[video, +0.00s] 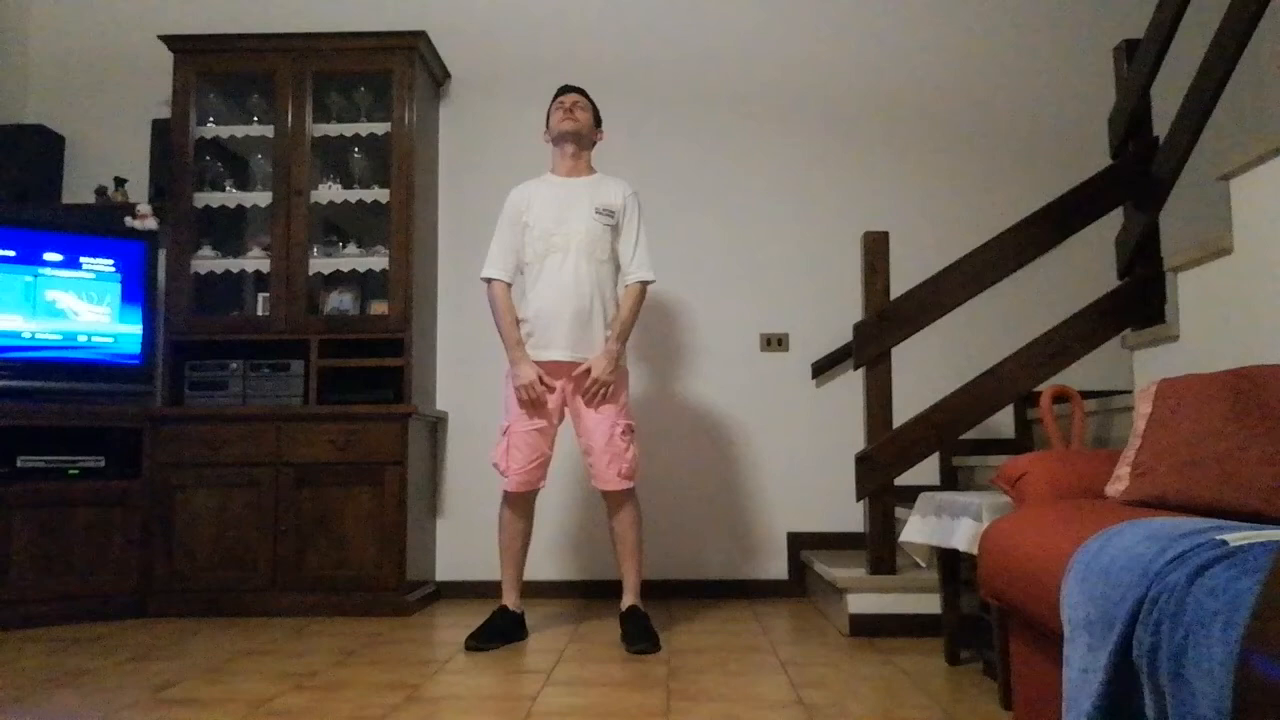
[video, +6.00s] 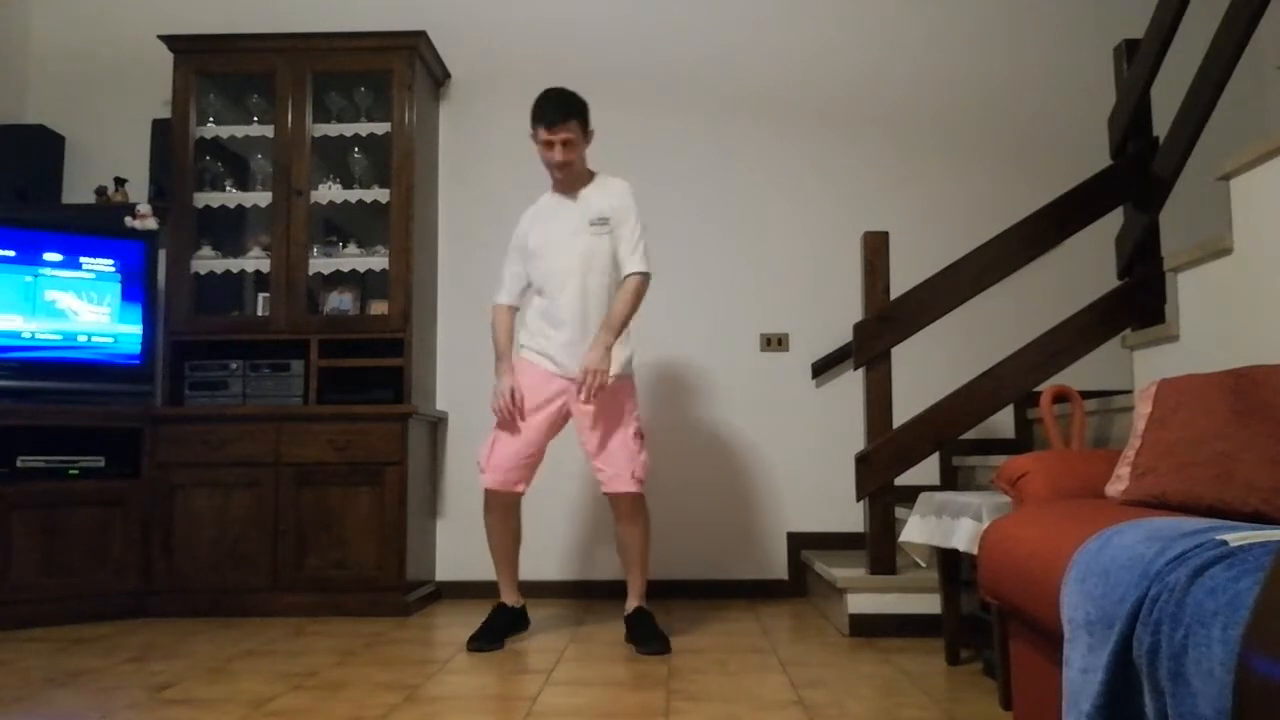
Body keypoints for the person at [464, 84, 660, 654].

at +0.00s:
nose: (567, 109)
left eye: (578, 106)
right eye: (559, 106)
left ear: (597, 132)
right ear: (546, 131)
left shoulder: (618, 194)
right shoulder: (522, 197)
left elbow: (637, 280)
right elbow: (497, 280)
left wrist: (613, 347)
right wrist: (517, 357)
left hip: (600, 365)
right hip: (533, 366)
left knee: (618, 484)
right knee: (517, 487)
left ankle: (632, 605)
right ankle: (509, 609)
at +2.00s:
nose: (558, 126)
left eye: (569, 118)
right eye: (549, 120)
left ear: (591, 131)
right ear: (541, 134)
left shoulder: (612, 190)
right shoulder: (527, 210)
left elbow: (638, 268)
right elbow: (500, 289)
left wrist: (595, 324)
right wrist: (507, 354)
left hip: (596, 365)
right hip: (530, 367)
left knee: (615, 486)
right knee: (512, 487)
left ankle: (632, 605)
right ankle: (509, 609)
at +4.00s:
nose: (607, 117)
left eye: (617, 114)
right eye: (596, 113)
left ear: (630, 138)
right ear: (579, 135)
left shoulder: (640, 210)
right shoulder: (554, 181)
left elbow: (645, 295)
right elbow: (499, 243)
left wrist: (616, 339)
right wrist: (496, 321)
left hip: (604, 369)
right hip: (538, 362)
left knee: (623, 485)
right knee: (507, 485)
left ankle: (632, 606)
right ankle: (505, 608)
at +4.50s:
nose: (525, 119)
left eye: (538, 113)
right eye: (521, 113)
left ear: (563, 131)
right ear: (514, 129)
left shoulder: (579, 174)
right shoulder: (503, 208)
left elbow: (627, 236)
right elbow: (489, 290)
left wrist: (585, 301)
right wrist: (489, 353)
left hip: (588, 366)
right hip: (524, 371)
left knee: (610, 485)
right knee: (498, 482)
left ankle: (632, 601)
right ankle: (505, 608)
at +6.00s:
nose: (558, 153)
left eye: (568, 142)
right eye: (548, 144)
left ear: (587, 140)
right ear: (535, 145)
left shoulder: (613, 195)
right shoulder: (531, 219)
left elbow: (637, 276)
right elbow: (503, 302)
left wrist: (603, 344)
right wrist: (503, 370)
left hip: (604, 368)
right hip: (537, 367)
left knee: (625, 489)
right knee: (498, 481)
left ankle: (637, 607)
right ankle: (509, 603)